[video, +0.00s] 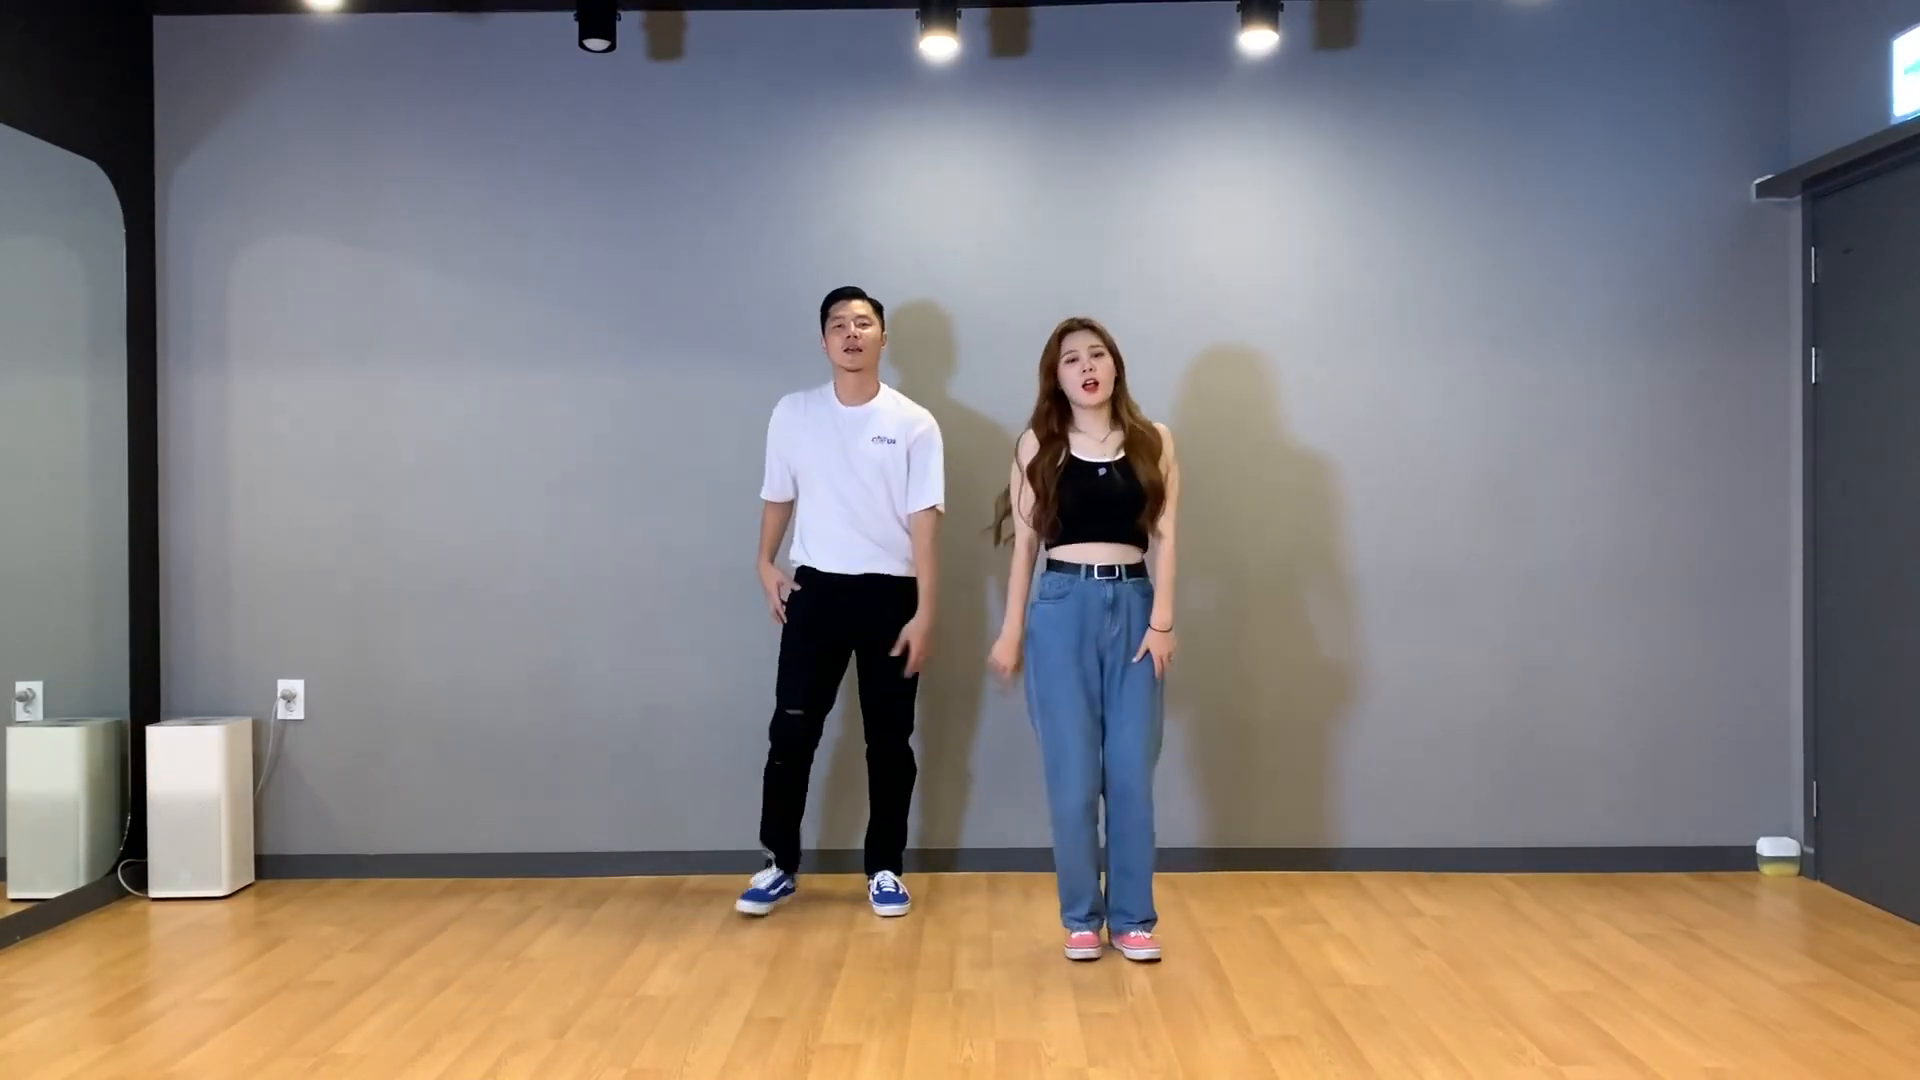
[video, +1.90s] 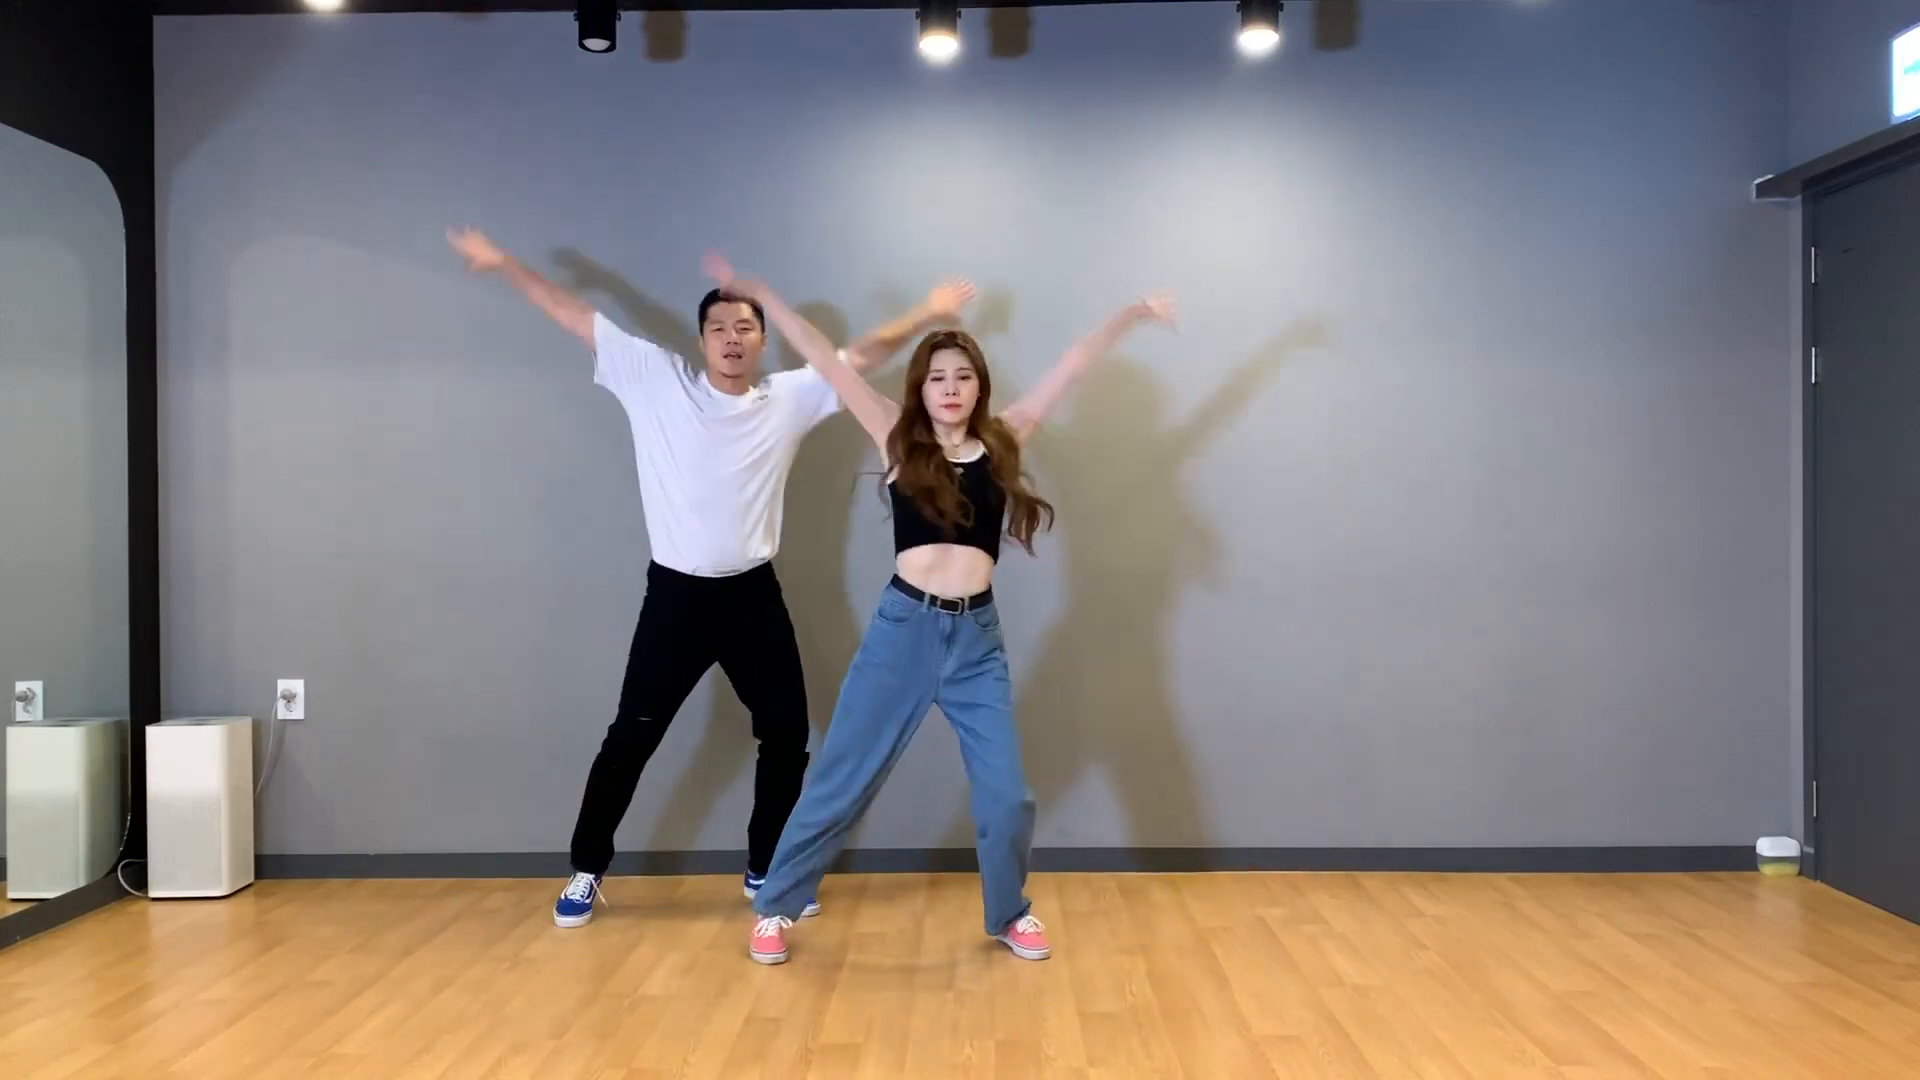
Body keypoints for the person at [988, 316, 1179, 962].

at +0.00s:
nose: (1086, 368)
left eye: (1096, 356)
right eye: (1071, 361)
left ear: (1115, 365)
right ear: (1057, 375)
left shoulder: (1154, 441)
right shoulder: (1036, 446)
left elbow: (1162, 537)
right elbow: (1025, 541)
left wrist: (1161, 620)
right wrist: (1012, 628)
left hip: (1134, 609)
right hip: (1060, 609)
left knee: (1131, 771)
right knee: (1072, 772)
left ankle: (1133, 917)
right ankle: (1080, 916)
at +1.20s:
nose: (1067, 362)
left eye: (1078, 352)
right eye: (1053, 355)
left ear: (1100, 368)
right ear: (1035, 374)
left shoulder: (1127, 447)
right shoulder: (1012, 454)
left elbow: (1189, 527)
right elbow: (969, 538)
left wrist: (1241, 581)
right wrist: (928, 612)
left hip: (1109, 622)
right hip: (1033, 625)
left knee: (1134, 781)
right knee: (1067, 788)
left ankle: (1159, 923)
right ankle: (1092, 944)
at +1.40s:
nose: (1040, 386)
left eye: (1052, 376)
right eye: (1027, 376)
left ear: (1072, 387)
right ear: (1010, 388)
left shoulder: (1092, 458)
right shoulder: (985, 448)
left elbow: (1120, 546)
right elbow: (989, 526)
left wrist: (1088, 512)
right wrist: (1045, 466)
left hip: (1057, 630)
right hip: (986, 625)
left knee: (1064, 800)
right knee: (1007, 776)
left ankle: (1013, 895)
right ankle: (1058, 926)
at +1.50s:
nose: (1022, 395)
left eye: (1034, 385)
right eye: (1010, 387)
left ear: (1055, 397)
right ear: (993, 401)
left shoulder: (1076, 475)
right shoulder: (975, 464)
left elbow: (1061, 570)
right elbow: (998, 556)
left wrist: (1035, 501)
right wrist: (1046, 490)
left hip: (1029, 646)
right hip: (959, 639)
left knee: (1043, 801)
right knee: (942, 774)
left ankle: (1002, 910)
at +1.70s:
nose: (979, 385)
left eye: (989, 376)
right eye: (965, 379)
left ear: (1009, 391)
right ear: (947, 398)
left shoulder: (1034, 469)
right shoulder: (925, 461)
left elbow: (1101, 523)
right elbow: (841, 510)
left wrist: (1155, 561)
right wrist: (780, 528)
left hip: (989, 650)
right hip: (922, 640)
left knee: (1017, 798)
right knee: (845, 779)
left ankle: (1008, 916)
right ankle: (772, 905)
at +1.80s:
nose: (962, 386)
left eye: (973, 375)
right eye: (949, 377)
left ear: (992, 388)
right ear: (930, 391)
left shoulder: (1018, 447)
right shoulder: (907, 440)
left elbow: (1098, 436)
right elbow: (819, 415)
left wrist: (1162, 420)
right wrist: (736, 387)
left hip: (983, 643)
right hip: (912, 634)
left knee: (1009, 798)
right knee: (841, 778)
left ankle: (1006, 916)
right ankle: (771, 907)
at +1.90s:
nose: (951, 387)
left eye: (963, 376)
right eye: (938, 376)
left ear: (980, 386)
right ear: (918, 388)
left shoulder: (1001, 441)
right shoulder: (897, 439)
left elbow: (1069, 372)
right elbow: (827, 361)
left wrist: (1126, 319)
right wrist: (759, 294)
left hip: (976, 637)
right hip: (902, 631)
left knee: (1007, 795)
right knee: (842, 776)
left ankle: (1010, 914)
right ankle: (775, 909)